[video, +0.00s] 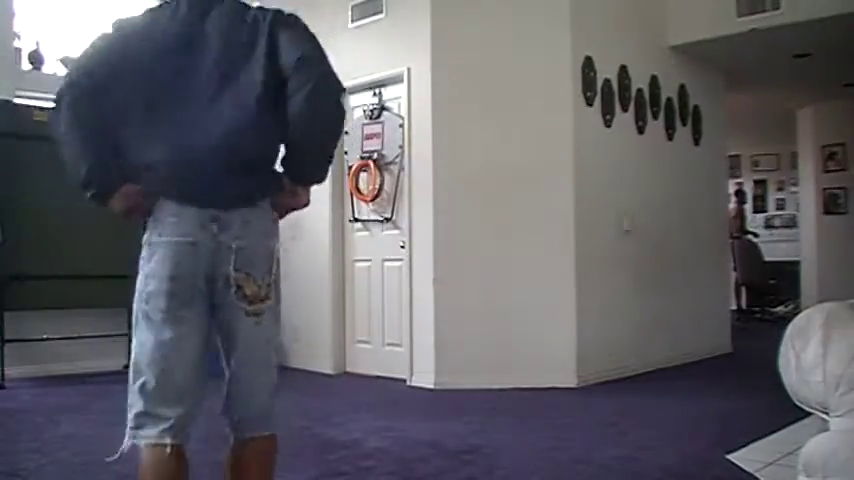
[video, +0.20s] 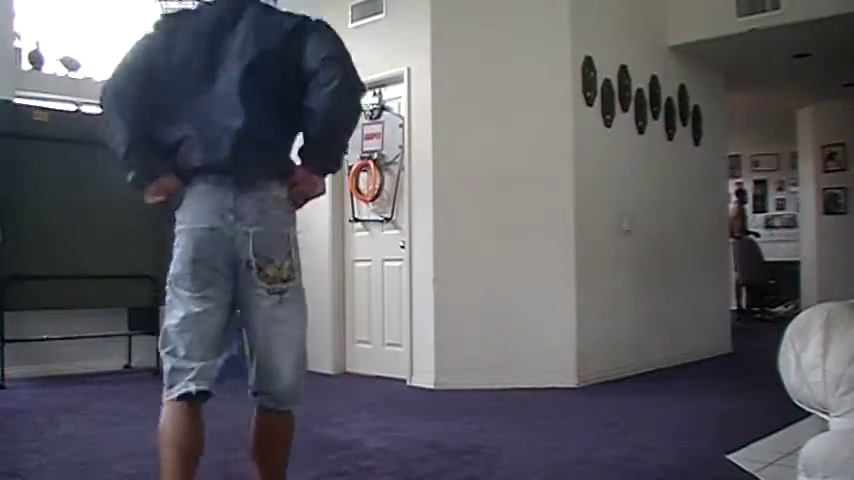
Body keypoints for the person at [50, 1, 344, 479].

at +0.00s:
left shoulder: (138, 30)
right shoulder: (275, 25)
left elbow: (76, 91)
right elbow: (318, 91)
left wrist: (109, 187)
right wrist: (299, 179)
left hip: (171, 221)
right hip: (252, 223)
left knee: (160, 416)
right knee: (255, 411)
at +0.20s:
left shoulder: (174, 28)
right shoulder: (299, 28)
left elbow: (118, 93)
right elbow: (341, 86)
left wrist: (149, 171)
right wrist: (317, 165)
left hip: (198, 201)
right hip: (270, 200)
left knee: (185, 379)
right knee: (277, 386)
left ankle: (176, 472)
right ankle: (271, 474)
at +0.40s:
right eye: (283, 29)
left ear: (239, 31)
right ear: (285, 34)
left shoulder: (198, 78)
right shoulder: (318, 87)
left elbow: (156, 135)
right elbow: (357, 150)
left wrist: (173, 205)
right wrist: (324, 207)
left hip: (217, 234)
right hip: (285, 237)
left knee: (211, 379)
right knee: (277, 385)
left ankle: (213, 474)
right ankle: (268, 474)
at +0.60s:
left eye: (237, 12)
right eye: (267, 12)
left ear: (234, 11)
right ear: (275, 13)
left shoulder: (207, 52)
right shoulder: (311, 63)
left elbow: (173, 114)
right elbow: (354, 120)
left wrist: (194, 176)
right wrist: (320, 178)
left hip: (229, 208)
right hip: (287, 209)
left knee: (224, 355)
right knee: (286, 352)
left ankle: (239, 466)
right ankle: (290, 467)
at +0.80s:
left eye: (240, 64)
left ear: (235, 68)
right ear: (276, 69)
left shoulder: (218, 114)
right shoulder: (309, 120)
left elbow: (189, 178)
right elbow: (353, 172)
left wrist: (203, 233)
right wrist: (322, 223)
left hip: (241, 255)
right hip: (295, 257)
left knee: (233, 386)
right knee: (283, 371)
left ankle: (257, 473)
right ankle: (297, 464)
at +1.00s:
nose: (258, 54)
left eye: (257, 47)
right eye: (266, 45)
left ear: (259, 47)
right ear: (293, 45)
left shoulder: (253, 81)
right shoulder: (329, 87)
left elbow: (238, 138)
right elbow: (370, 143)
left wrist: (244, 183)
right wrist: (336, 183)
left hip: (275, 213)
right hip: (317, 216)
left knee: (259, 341)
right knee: (296, 339)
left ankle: (267, 453)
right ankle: (288, 433)